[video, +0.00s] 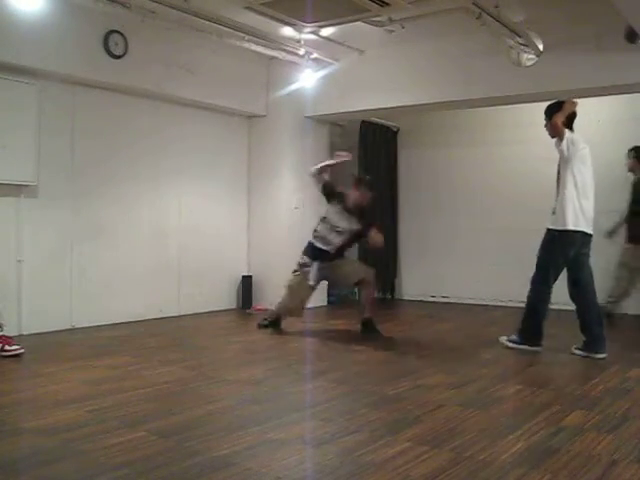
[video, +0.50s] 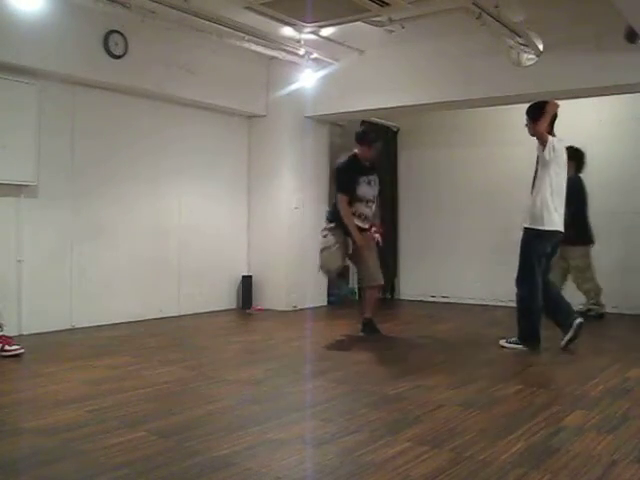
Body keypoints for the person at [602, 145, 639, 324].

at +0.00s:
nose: (627, 163)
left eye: (630, 159)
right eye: (628, 159)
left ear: (636, 161)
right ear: (634, 161)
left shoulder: (636, 182)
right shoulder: (635, 182)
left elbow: (631, 211)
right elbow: (631, 211)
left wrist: (615, 228)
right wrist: (615, 228)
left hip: (634, 240)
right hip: (633, 239)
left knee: (625, 274)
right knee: (625, 275)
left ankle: (610, 307)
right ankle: (610, 307)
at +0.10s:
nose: (613, 162)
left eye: (617, 159)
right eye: (614, 158)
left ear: (625, 163)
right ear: (627, 163)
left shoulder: (626, 184)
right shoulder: (627, 183)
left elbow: (617, 212)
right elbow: (616, 212)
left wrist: (595, 225)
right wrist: (595, 225)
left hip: (626, 244)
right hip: (627, 243)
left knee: (613, 278)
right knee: (614, 278)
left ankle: (601, 307)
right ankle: (601, 307)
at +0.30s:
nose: (585, 157)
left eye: (589, 155)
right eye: (587, 154)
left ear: (597, 159)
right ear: (599, 159)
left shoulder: (600, 181)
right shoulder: (600, 180)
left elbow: (599, 212)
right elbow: (595, 210)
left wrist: (595, 239)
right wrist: (586, 230)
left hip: (600, 235)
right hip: (602, 235)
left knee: (593, 269)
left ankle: (596, 306)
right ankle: (620, 292)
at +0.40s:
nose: (573, 159)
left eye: (576, 156)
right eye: (574, 156)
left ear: (585, 160)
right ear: (585, 160)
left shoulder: (588, 181)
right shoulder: (584, 181)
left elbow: (582, 211)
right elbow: (581, 210)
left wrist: (571, 228)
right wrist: (573, 227)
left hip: (590, 235)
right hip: (580, 234)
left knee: (590, 270)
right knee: (569, 264)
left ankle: (596, 305)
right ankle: (583, 297)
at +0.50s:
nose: (563, 164)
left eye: (566, 161)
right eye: (563, 160)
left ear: (573, 164)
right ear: (573, 163)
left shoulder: (574, 182)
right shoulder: (565, 182)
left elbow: (573, 210)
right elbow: (570, 210)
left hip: (577, 237)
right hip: (564, 236)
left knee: (582, 274)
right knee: (555, 273)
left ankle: (595, 303)